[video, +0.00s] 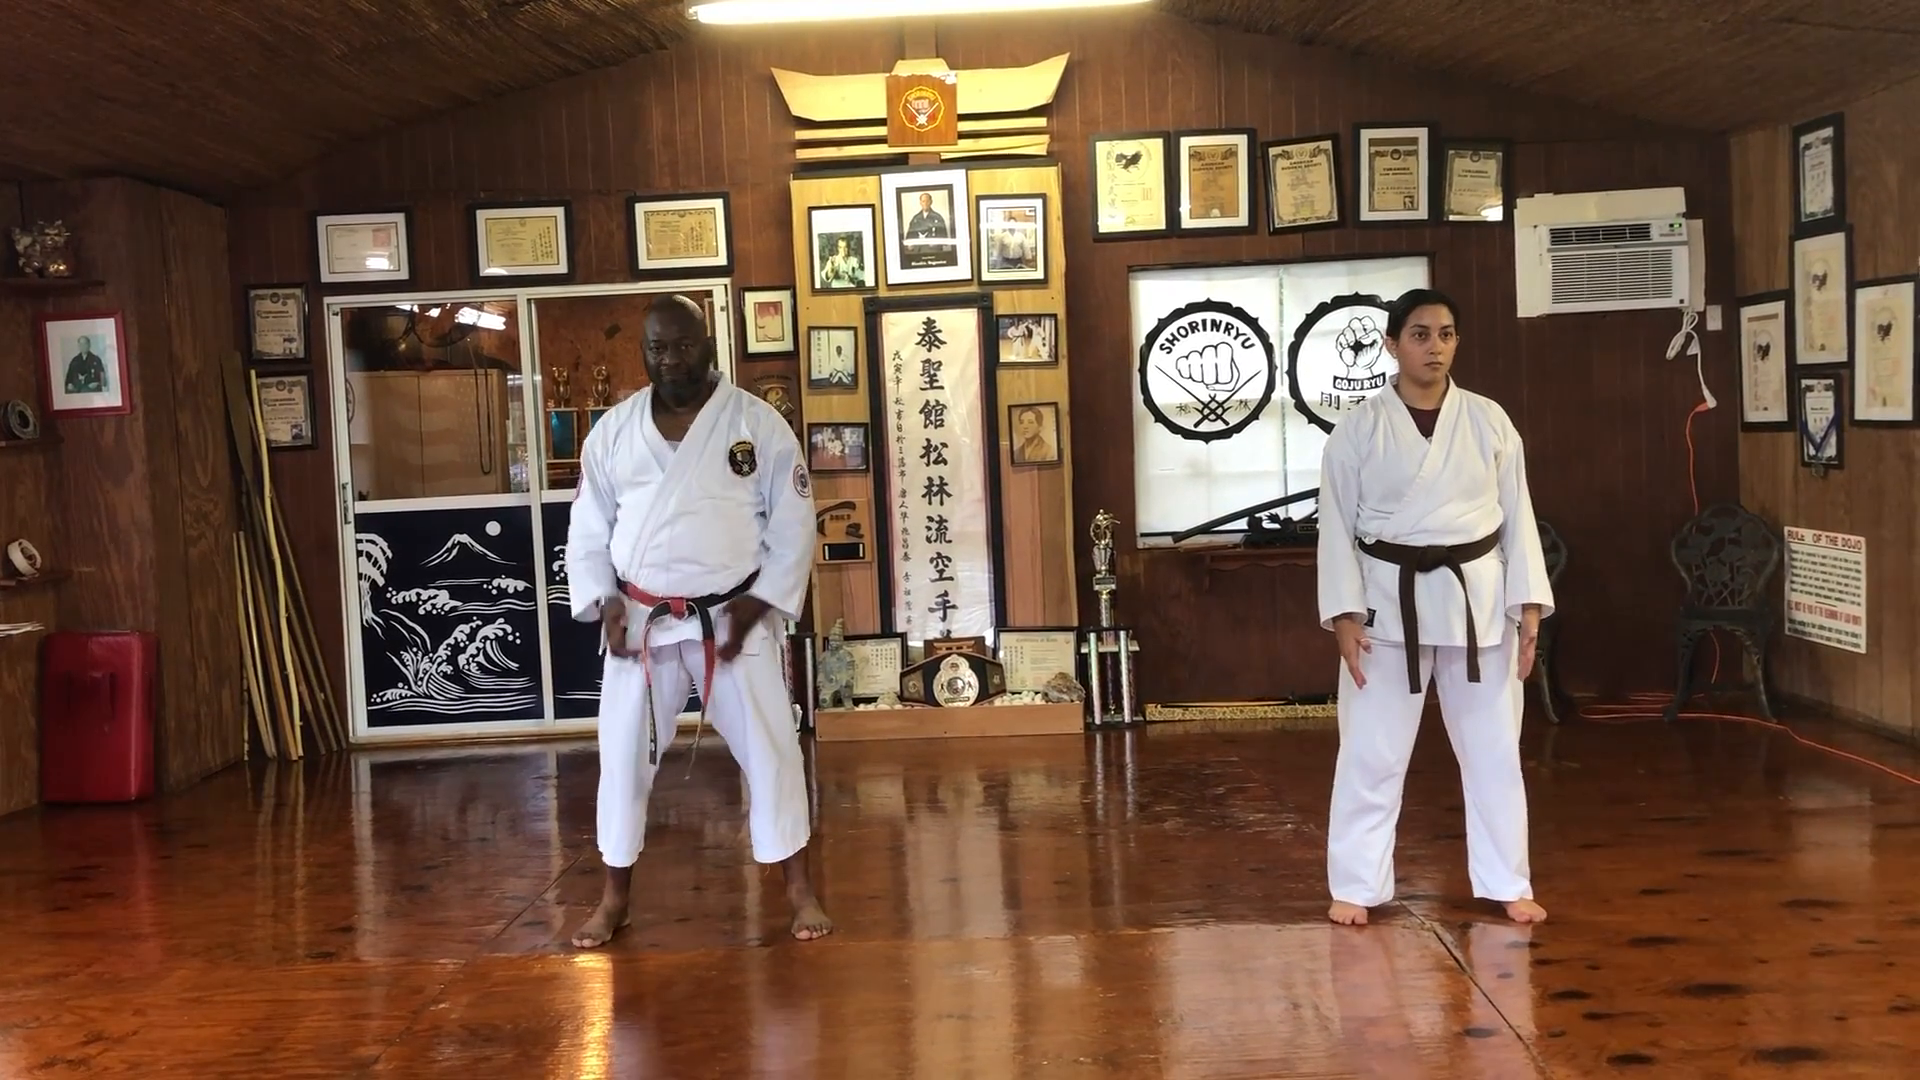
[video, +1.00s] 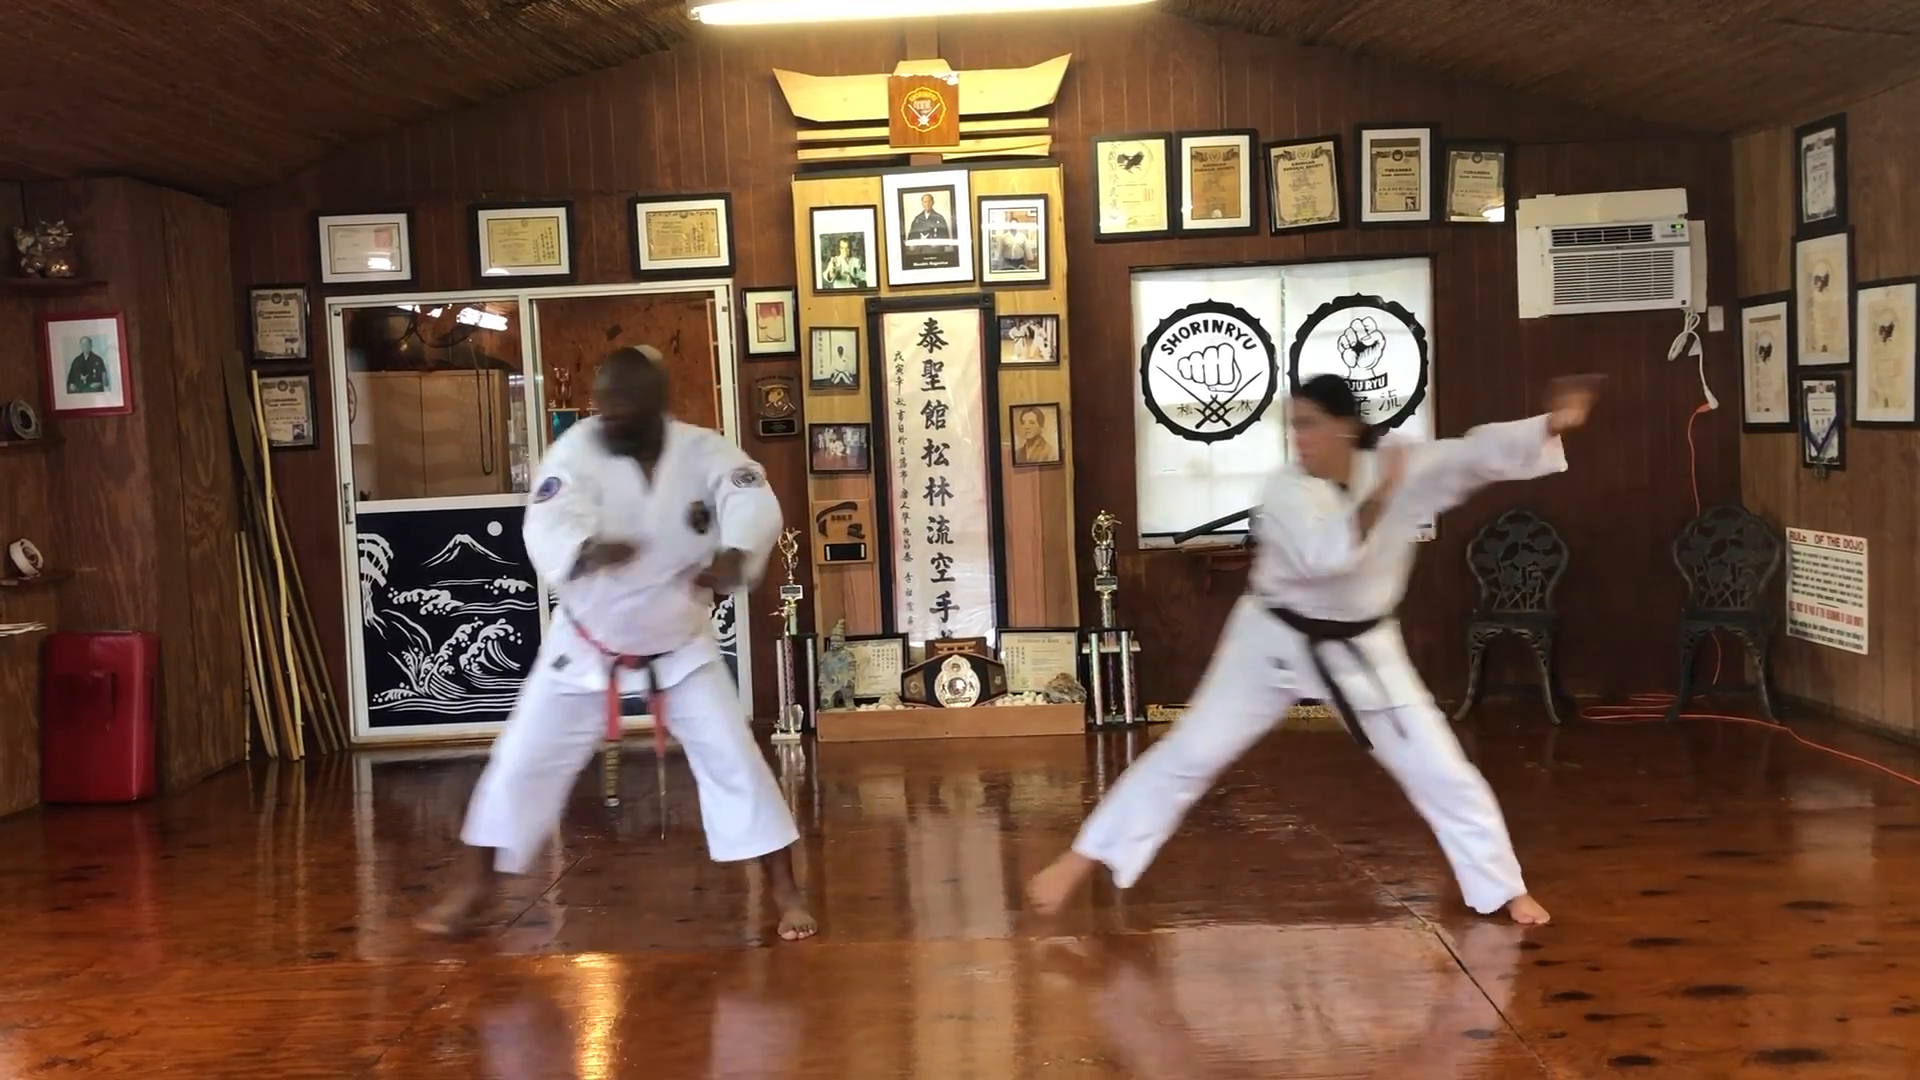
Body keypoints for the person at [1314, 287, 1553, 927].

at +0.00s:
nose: (1435, 345)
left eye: (1445, 334)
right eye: (1420, 333)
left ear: (1457, 344)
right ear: (1393, 345)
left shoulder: (1489, 420)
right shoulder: (1358, 427)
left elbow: (1518, 519)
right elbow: (1336, 523)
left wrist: (1529, 606)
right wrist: (1343, 611)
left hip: (1480, 603)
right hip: (1387, 603)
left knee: (1494, 755)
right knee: (1372, 756)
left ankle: (1508, 885)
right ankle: (1354, 890)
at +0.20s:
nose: (1441, 347)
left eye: (1451, 335)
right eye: (1426, 336)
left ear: (1463, 346)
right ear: (1399, 348)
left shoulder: (1496, 418)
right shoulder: (1368, 424)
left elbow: (1542, 504)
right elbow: (1329, 519)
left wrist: (1529, 578)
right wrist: (1381, 584)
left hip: (1481, 594)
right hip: (1388, 594)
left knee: (1499, 750)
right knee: (1374, 752)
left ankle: (1510, 889)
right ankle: (1357, 891)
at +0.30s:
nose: (1451, 352)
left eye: (1460, 341)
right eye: (1436, 342)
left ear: (1473, 354)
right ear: (1407, 356)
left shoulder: (1503, 406)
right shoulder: (1372, 415)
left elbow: (1588, 431)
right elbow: (1369, 443)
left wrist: (1564, 454)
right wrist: (1421, 462)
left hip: (1470, 585)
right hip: (1380, 586)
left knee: (1490, 732)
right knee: (1371, 735)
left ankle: (1512, 878)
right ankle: (1349, 881)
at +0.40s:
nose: (1457, 386)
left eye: (1467, 374)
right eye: (1445, 376)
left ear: (1481, 385)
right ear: (1420, 386)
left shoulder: (1498, 434)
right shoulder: (1389, 446)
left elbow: (1539, 403)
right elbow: (1394, 419)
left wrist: (1577, 348)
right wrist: (1423, 366)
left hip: (1471, 590)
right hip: (1380, 590)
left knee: (1486, 732)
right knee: (1371, 735)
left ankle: (1509, 881)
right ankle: (1348, 881)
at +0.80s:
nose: (1407, 419)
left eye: (1421, 403)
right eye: (1398, 410)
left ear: (1456, 408)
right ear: (1390, 417)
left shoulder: (1486, 453)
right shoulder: (1383, 462)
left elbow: (1550, 443)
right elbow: (1364, 476)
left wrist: (1540, 400)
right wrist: (1368, 425)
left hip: (1438, 615)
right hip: (1350, 607)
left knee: (1481, 746)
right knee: (1326, 735)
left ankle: (1508, 882)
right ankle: (1270, 866)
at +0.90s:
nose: (1367, 437)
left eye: (1380, 423)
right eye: (1361, 426)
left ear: (1421, 423)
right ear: (1356, 432)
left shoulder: (1467, 470)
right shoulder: (1354, 478)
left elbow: (1562, 446)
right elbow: (1330, 539)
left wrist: (1505, 440)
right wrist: (1335, 476)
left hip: (1416, 639)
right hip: (1328, 625)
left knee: (1479, 768)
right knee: (1265, 751)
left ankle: (1504, 893)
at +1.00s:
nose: (1297, 438)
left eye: (1309, 425)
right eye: (1293, 425)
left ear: (1348, 427)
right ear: (1297, 432)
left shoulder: (1400, 463)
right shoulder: (1285, 493)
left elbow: (1472, 454)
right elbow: (1327, 561)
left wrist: (1547, 427)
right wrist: (1384, 500)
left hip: (1365, 641)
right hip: (1273, 633)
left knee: (1437, 764)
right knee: (1194, 749)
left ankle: (1505, 892)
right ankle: (1081, 858)